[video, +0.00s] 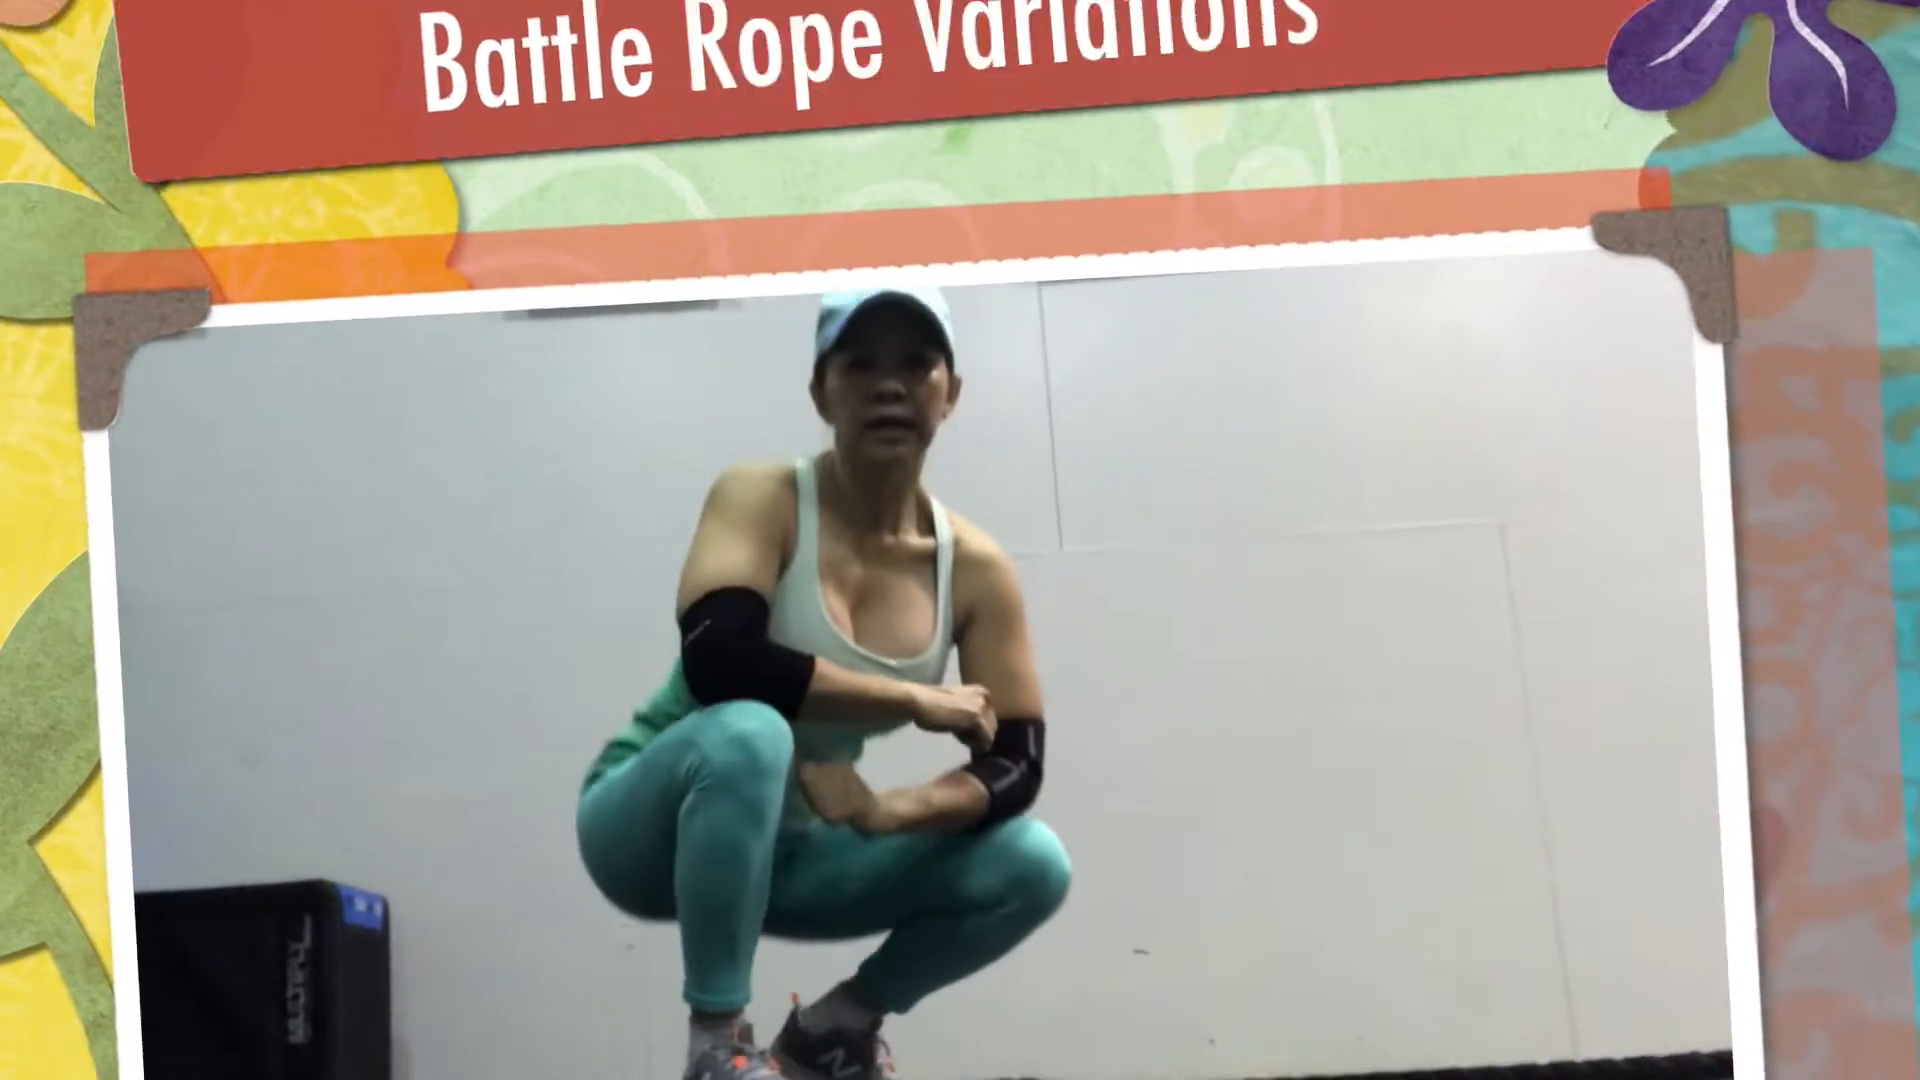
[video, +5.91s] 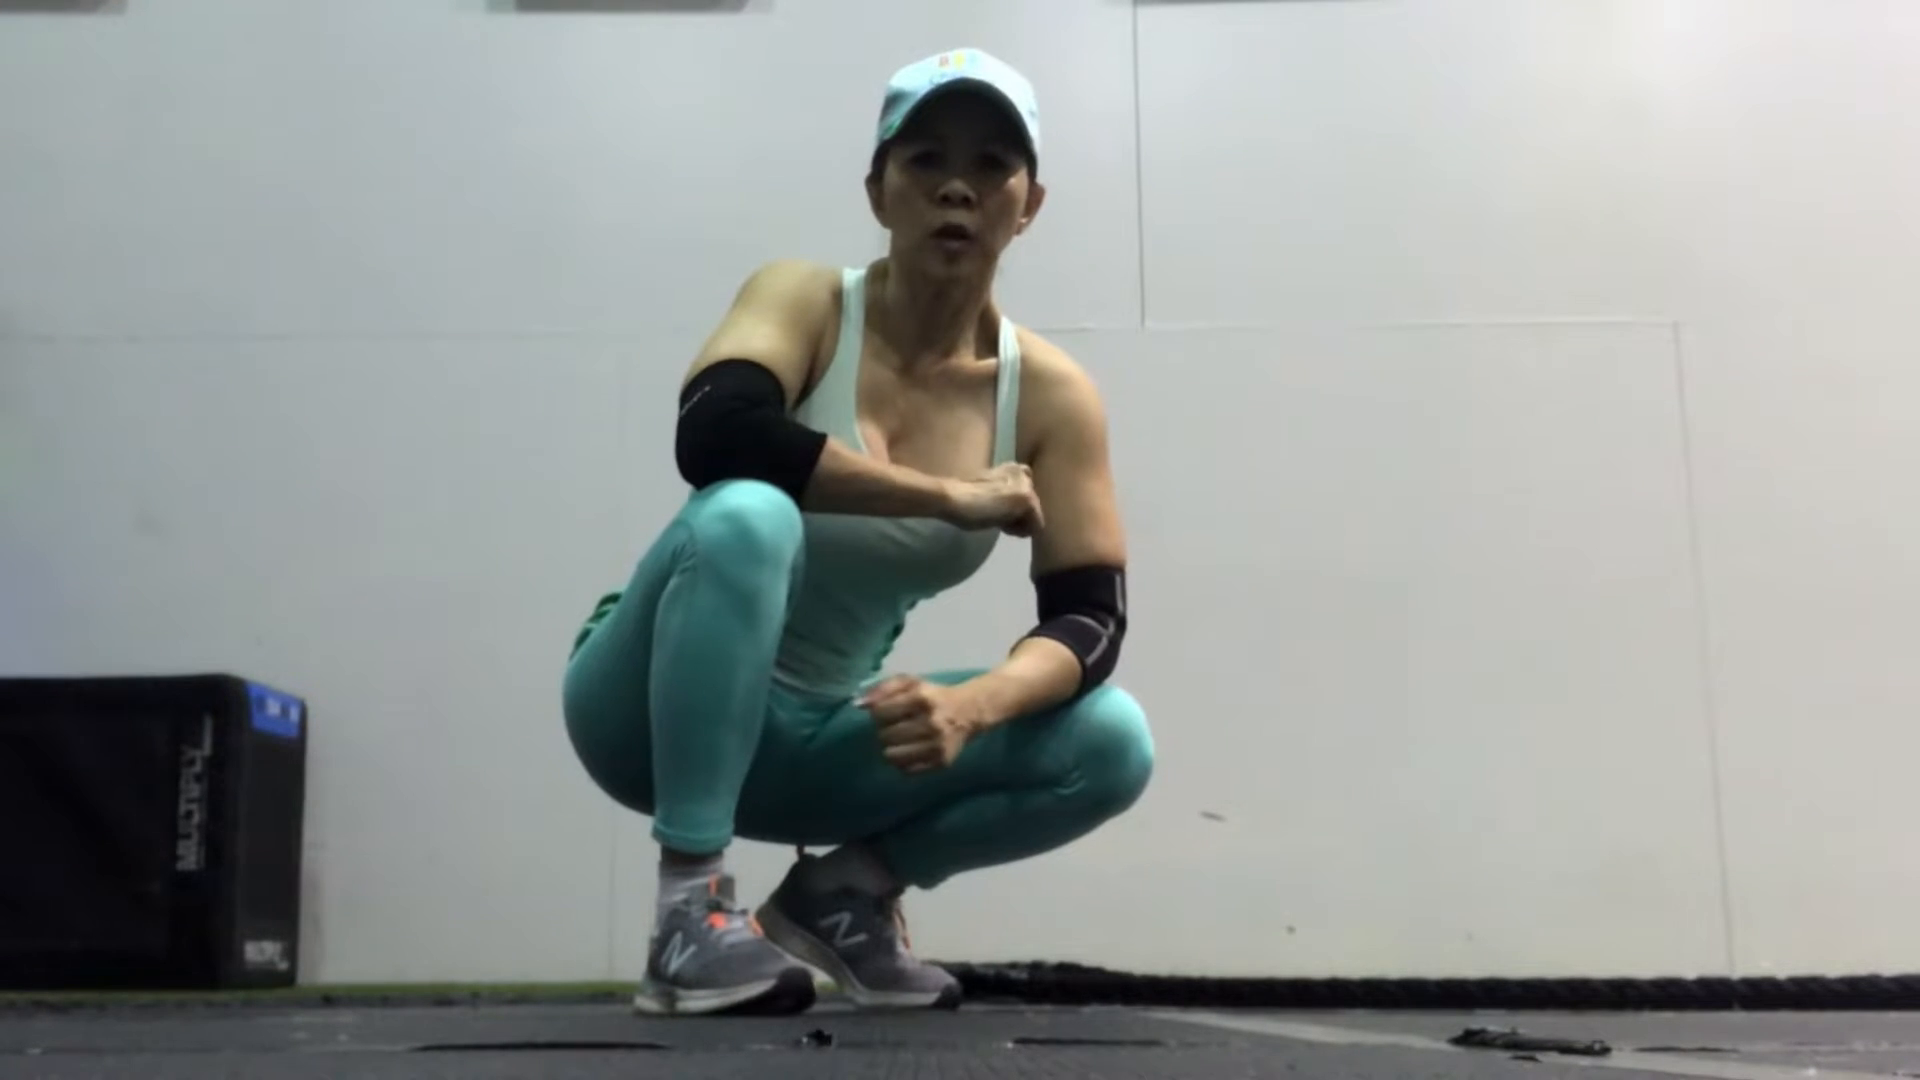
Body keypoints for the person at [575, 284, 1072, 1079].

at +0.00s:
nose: (889, 383)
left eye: (915, 364)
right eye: (862, 365)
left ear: (948, 393)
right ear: (822, 392)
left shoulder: (976, 570)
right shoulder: (756, 499)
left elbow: (1014, 767)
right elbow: (722, 661)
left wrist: (889, 810)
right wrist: (913, 700)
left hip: (810, 854)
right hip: (655, 833)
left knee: (1031, 865)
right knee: (747, 736)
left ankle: (838, 1025)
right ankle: (717, 1046)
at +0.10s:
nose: (914, 274)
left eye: (942, 253)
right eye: (884, 252)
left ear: (981, 287)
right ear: (842, 284)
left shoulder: (1007, 482)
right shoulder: (768, 399)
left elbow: (1047, 696)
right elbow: (718, 559)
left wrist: (913, 746)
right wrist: (926, 615)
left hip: (817, 797)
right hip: (649, 769)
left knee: (1064, 804)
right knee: (743, 642)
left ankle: (838, 968)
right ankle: (703, 992)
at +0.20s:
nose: (935, 163)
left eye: (966, 141)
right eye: (904, 139)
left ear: (1008, 182)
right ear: (859, 174)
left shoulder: (1032, 393)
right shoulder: (775, 297)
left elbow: (1069, 625)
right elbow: (711, 463)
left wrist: (917, 674)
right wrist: (938, 529)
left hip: (811, 731)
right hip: (636, 696)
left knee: (1086, 739)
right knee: (739, 550)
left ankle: (838, 903)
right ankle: (691, 933)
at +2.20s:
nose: (1007, 180)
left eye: (1022, 156)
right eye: (968, 149)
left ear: (1038, 181)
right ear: (882, 178)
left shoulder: (1040, 384)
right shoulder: (788, 292)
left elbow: (1082, 615)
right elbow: (713, 439)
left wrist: (941, 707)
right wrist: (944, 497)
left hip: (815, 728)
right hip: (652, 698)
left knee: (1102, 736)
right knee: (747, 522)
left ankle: (840, 889)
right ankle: (690, 913)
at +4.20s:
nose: (961, 182)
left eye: (994, 162)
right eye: (933, 153)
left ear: (1029, 205)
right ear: (881, 183)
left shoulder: (1049, 392)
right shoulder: (800, 294)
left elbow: (1093, 621)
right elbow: (710, 435)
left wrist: (970, 710)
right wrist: (939, 493)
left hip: (822, 736)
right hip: (663, 702)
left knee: (1113, 742)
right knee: (743, 517)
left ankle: (840, 891)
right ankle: (691, 912)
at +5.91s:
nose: (955, 187)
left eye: (988, 165)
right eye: (926, 159)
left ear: (1029, 201)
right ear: (879, 187)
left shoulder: (1049, 396)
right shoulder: (800, 299)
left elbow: (1088, 622)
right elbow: (718, 436)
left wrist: (972, 705)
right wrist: (948, 498)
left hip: (821, 743)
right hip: (657, 709)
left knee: (1108, 744)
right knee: (748, 518)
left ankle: (839, 892)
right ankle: (691, 911)